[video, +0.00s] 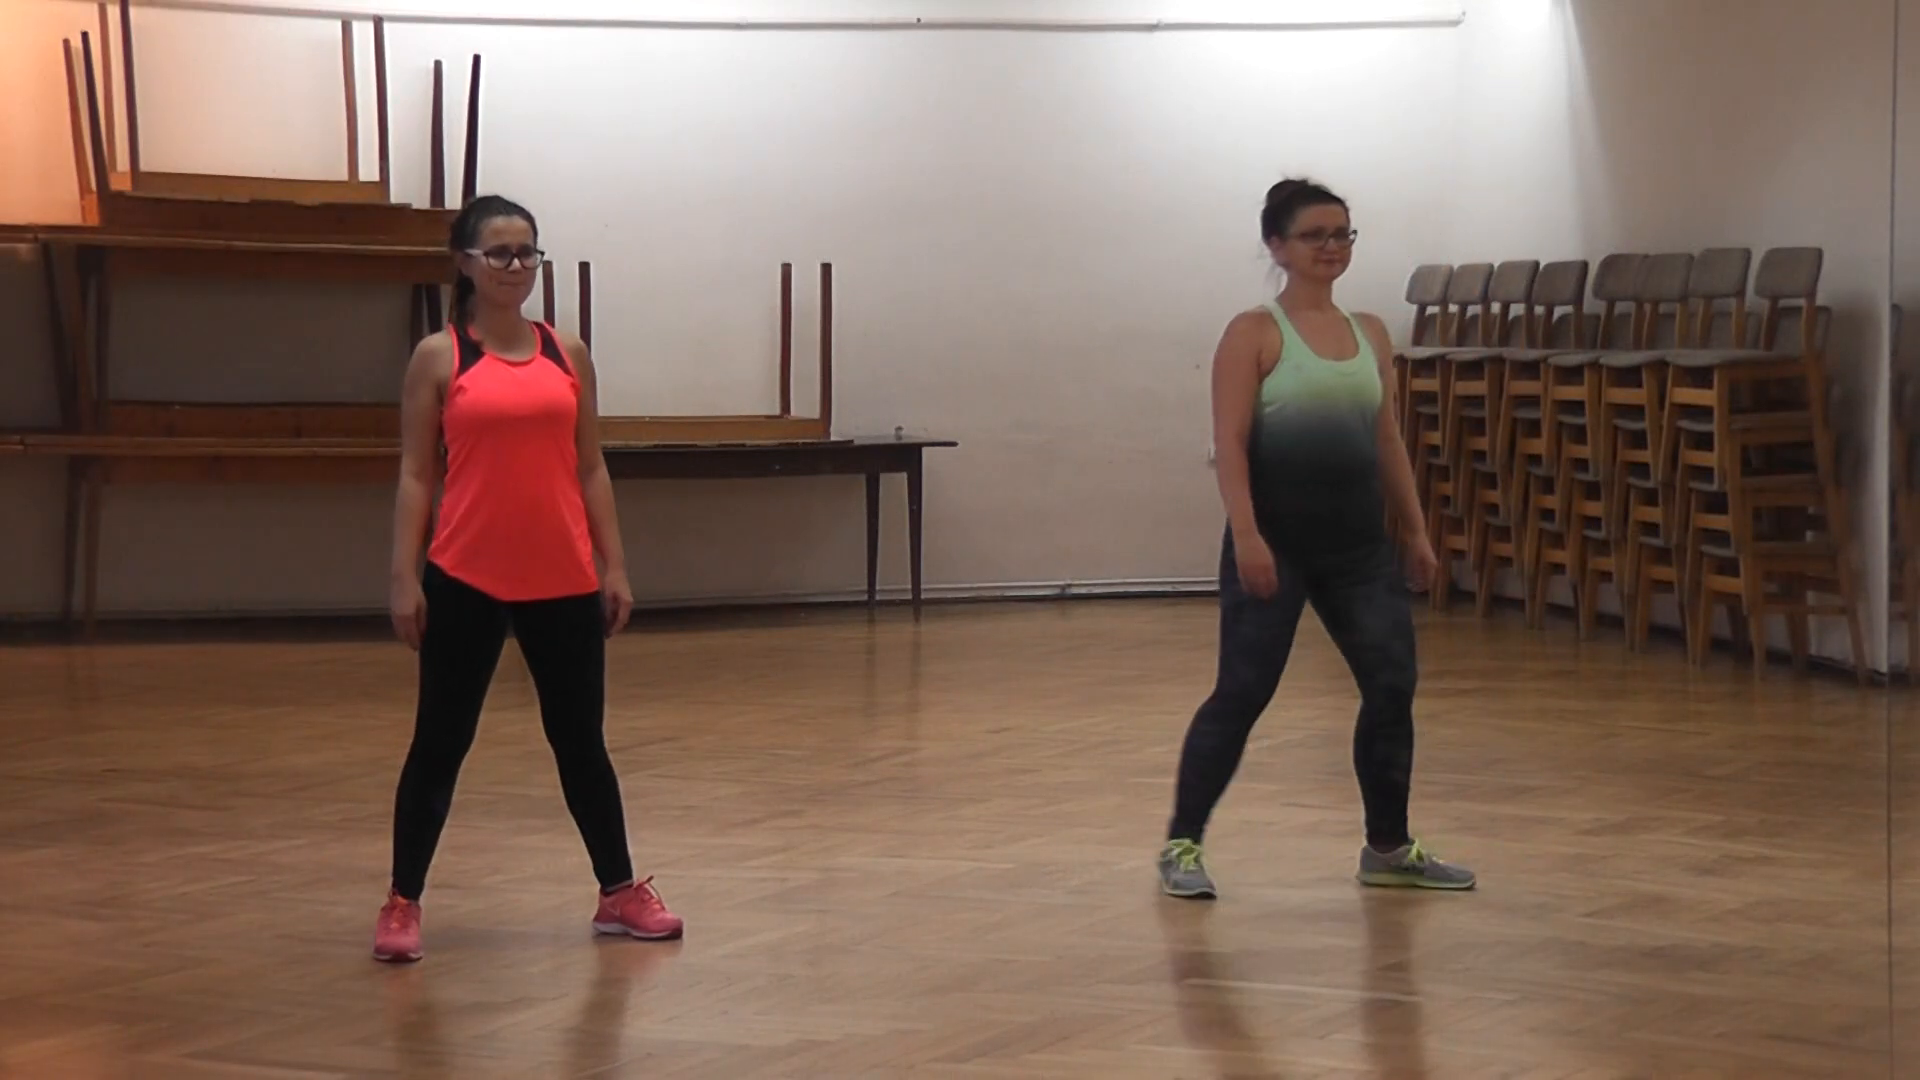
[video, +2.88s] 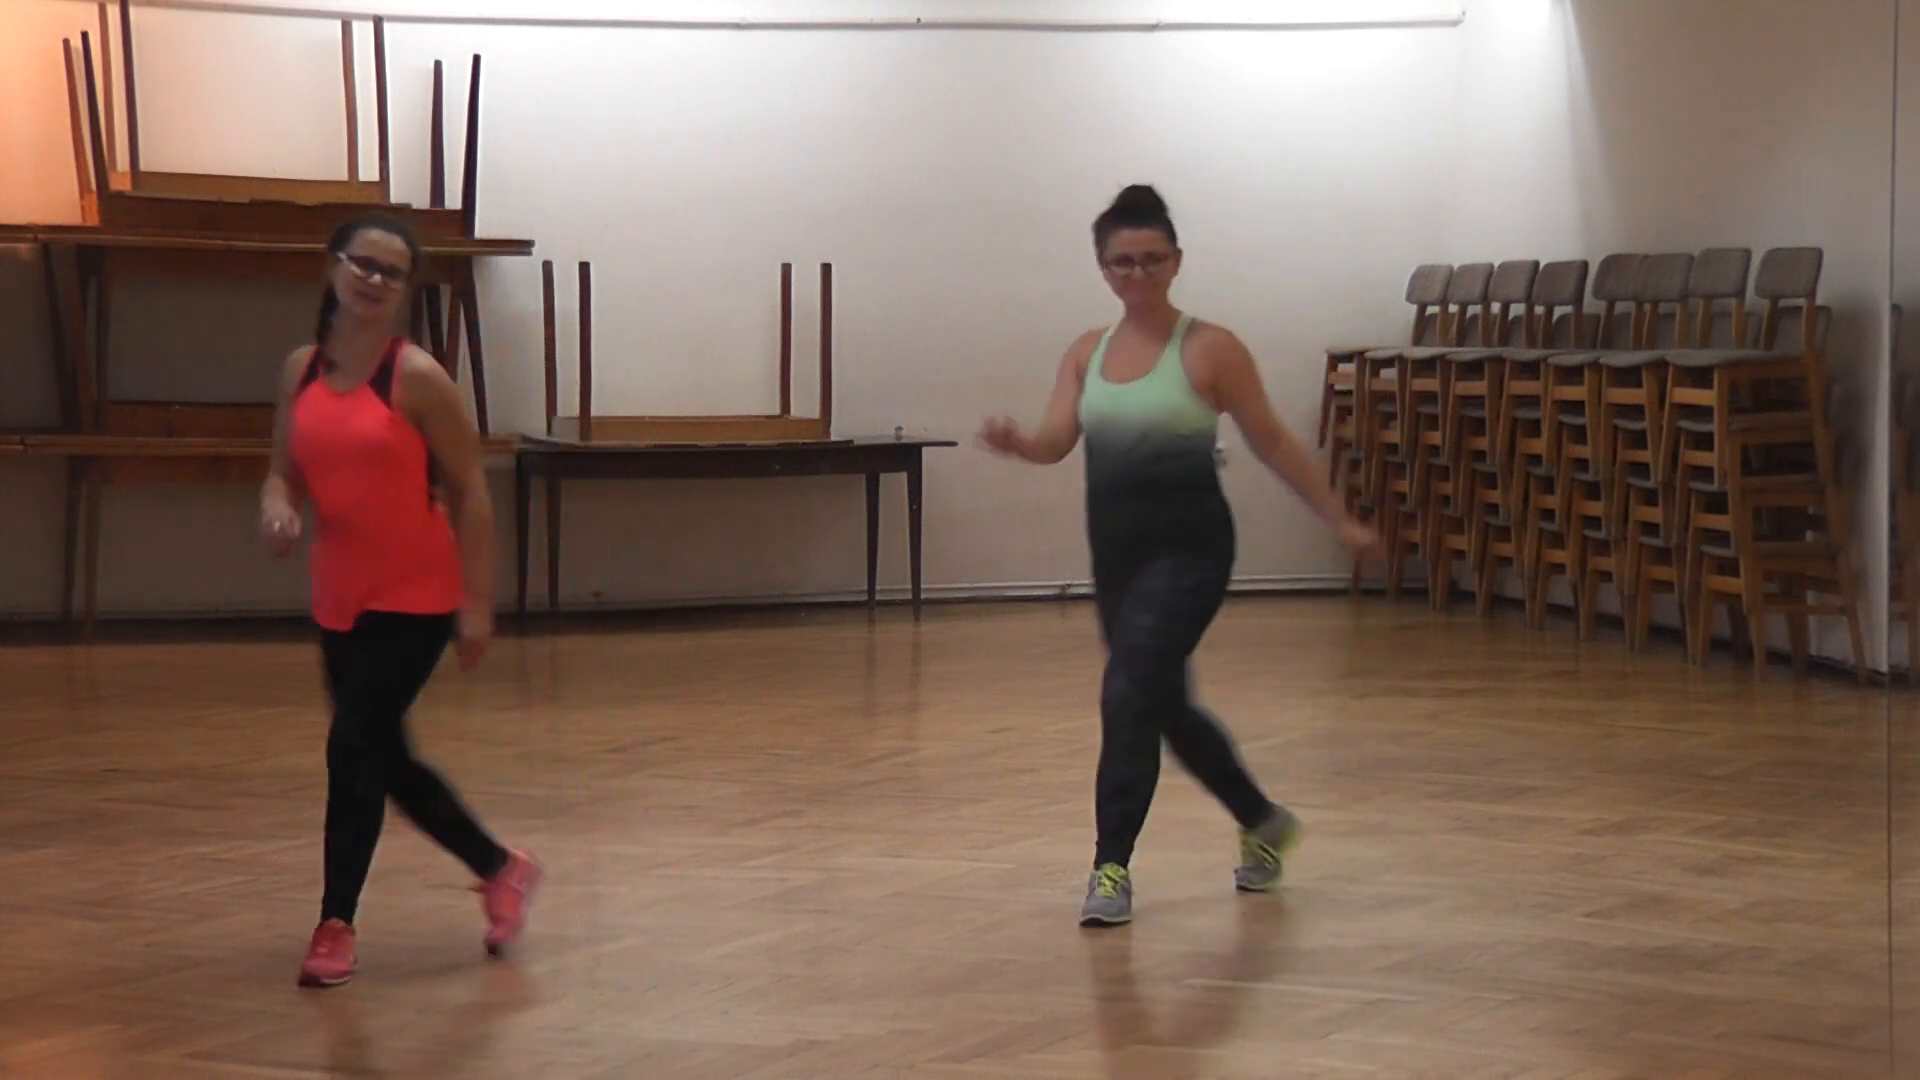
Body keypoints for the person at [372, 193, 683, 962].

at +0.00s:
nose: (515, 265)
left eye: (525, 252)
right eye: (499, 253)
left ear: (538, 261)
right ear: (466, 263)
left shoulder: (567, 352)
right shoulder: (437, 357)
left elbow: (591, 467)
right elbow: (417, 474)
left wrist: (614, 567)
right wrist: (405, 578)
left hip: (563, 578)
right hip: (465, 580)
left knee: (582, 741)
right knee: (439, 745)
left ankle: (621, 890)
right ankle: (403, 903)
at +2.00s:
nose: (549, 255)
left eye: (556, 241)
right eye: (530, 248)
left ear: (572, 249)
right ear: (500, 265)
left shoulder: (615, 350)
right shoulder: (477, 349)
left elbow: (642, 462)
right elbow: (440, 454)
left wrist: (665, 557)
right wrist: (410, 544)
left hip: (598, 576)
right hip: (500, 579)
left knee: (609, 741)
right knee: (459, 742)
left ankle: (621, 890)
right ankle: (409, 900)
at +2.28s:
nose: (546, 266)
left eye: (556, 252)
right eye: (529, 254)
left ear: (572, 260)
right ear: (498, 265)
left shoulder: (603, 354)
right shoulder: (472, 355)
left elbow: (652, 462)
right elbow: (465, 465)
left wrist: (657, 561)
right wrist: (448, 560)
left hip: (597, 576)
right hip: (499, 579)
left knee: (625, 732)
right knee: (470, 729)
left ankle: (660, 880)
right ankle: (512, 884)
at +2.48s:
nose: (498, 277)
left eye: (510, 264)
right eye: (482, 263)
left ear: (525, 268)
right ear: (450, 265)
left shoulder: (552, 361)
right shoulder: (423, 357)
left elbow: (600, 471)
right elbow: (407, 463)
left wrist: (624, 569)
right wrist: (398, 553)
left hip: (557, 580)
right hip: (465, 587)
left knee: (568, 728)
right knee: (480, 746)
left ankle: (630, 852)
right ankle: (536, 894)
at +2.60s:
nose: (458, 269)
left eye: (473, 257)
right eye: (444, 256)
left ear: (489, 262)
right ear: (413, 256)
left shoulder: (513, 351)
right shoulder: (387, 346)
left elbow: (573, 451)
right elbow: (352, 443)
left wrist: (587, 557)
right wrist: (350, 508)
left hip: (524, 552)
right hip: (442, 563)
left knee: (484, 699)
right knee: (478, 721)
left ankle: (526, 872)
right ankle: (528, 882)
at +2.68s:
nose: (432, 275)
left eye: (447, 263)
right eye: (417, 262)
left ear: (465, 271)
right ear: (389, 265)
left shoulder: (487, 361)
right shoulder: (366, 355)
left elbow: (547, 463)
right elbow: (327, 452)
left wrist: (563, 570)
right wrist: (326, 495)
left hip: (501, 562)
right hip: (423, 572)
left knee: (437, 707)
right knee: (493, 731)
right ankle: (543, 892)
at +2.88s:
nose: (374, 279)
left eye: (391, 273)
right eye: (363, 263)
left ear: (407, 291)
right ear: (333, 268)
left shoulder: (421, 378)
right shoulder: (302, 368)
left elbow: (472, 489)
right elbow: (284, 470)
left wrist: (478, 604)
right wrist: (279, 508)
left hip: (415, 591)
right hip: (339, 589)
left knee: (355, 749)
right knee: (381, 755)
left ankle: (335, 926)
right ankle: (501, 868)